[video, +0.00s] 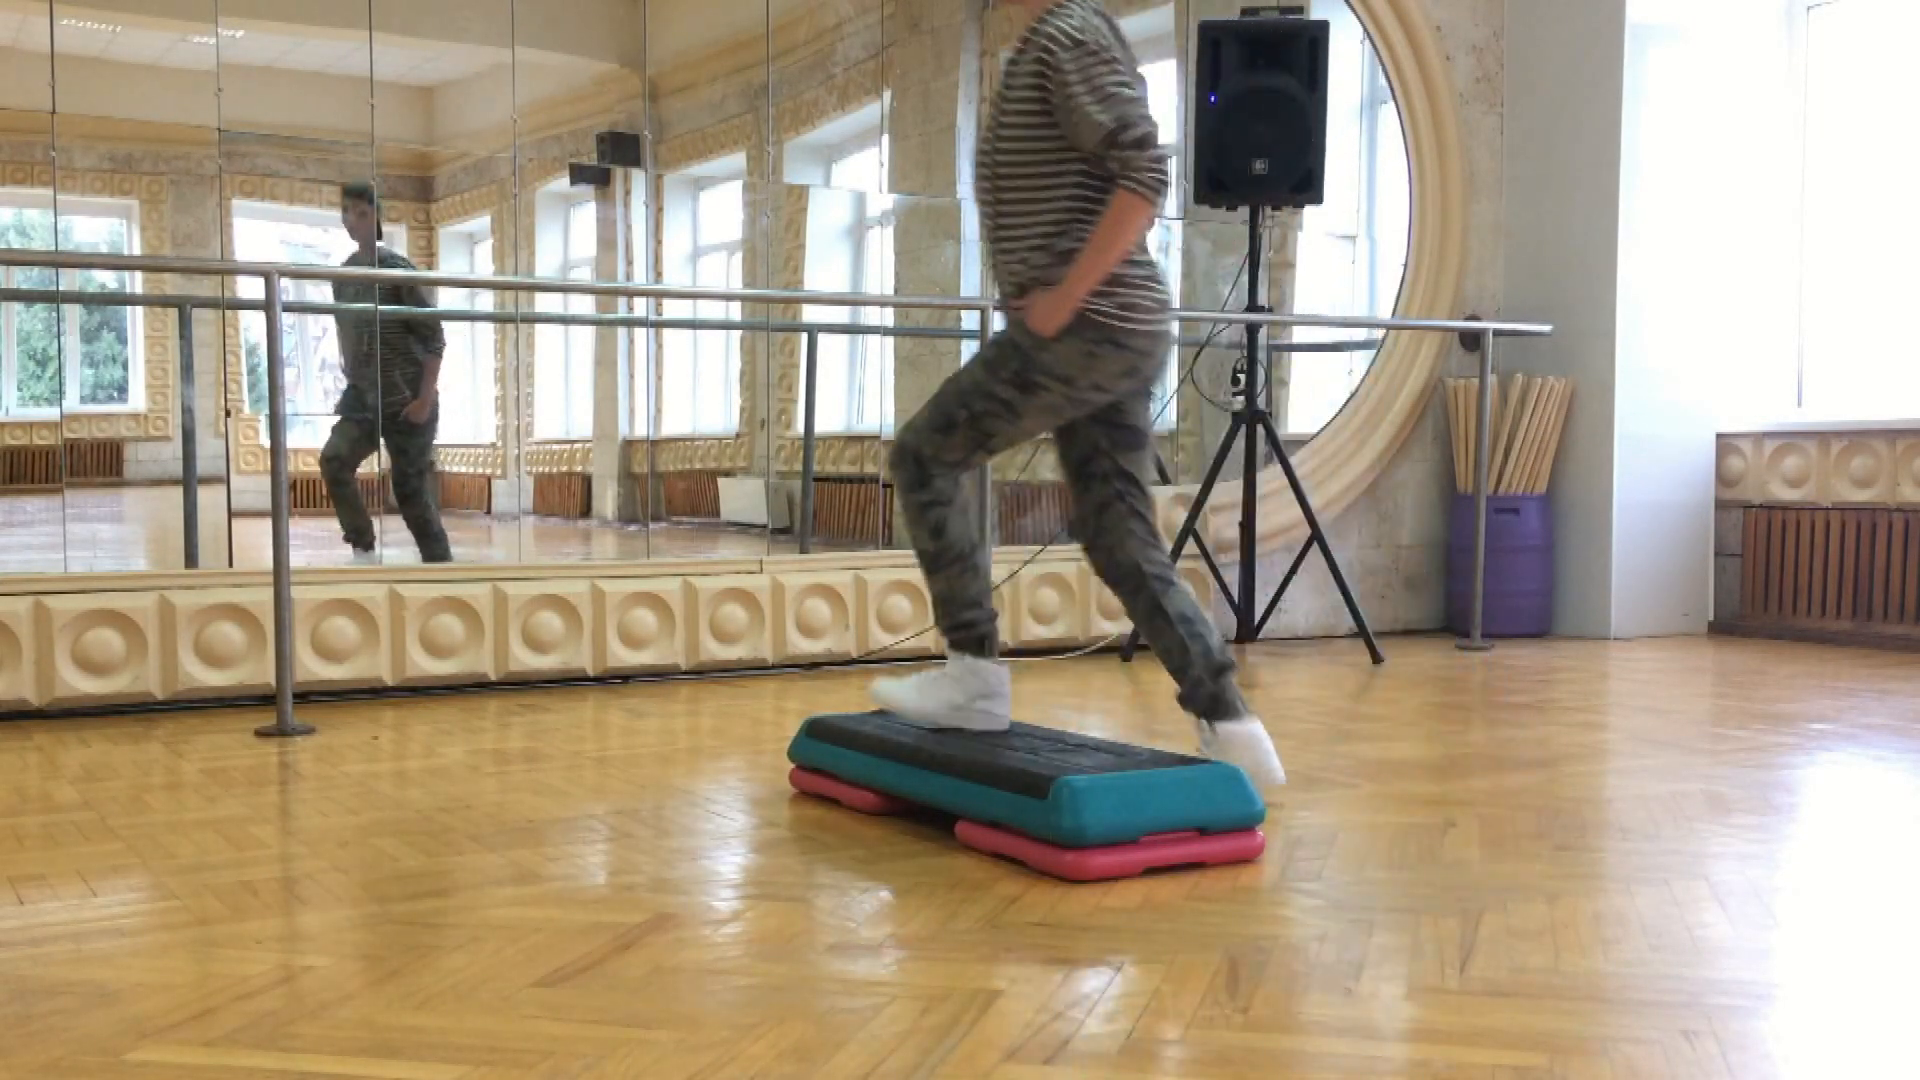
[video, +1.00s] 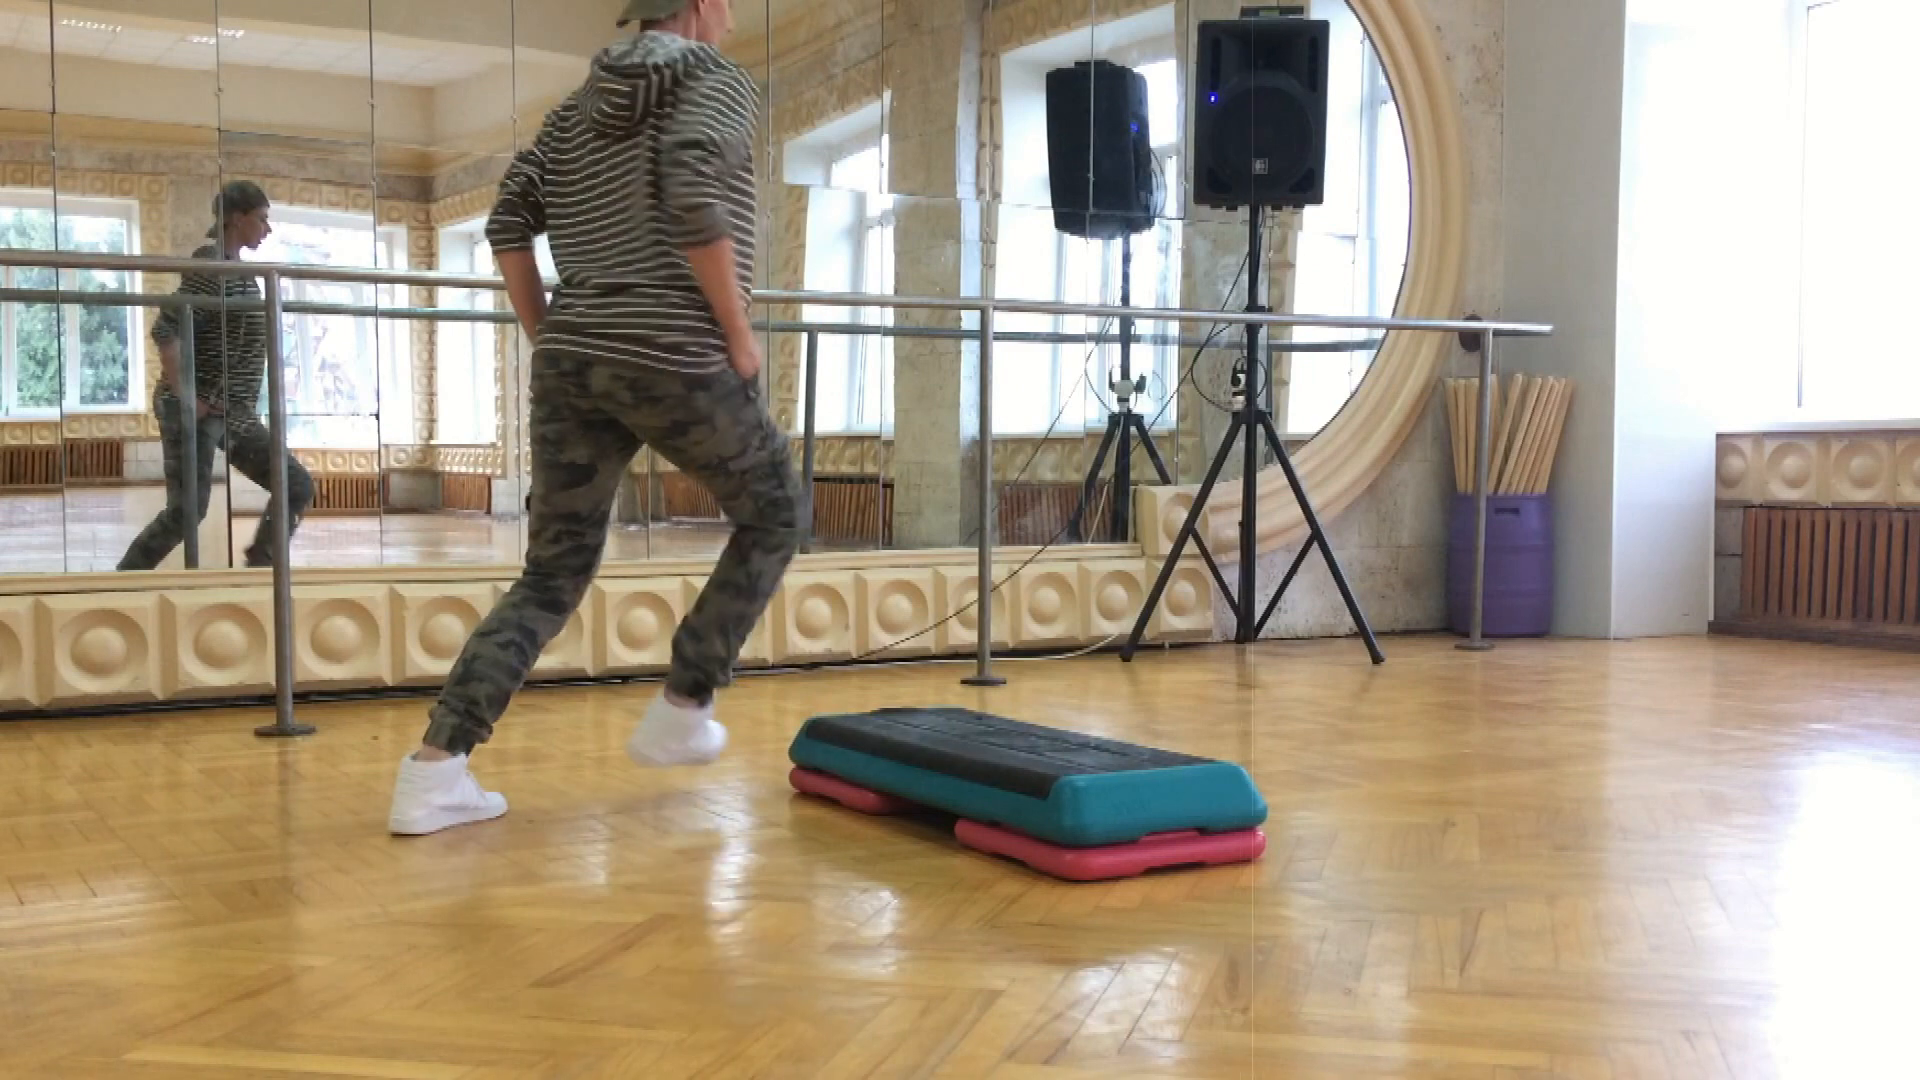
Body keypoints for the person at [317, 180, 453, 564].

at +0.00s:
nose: (354, 221)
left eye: (362, 213)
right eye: (348, 214)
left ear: (378, 218)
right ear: (343, 219)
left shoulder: (400, 270)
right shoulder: (343, 275)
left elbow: (433, 335)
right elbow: (351, 334)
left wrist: (426, 396)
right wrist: (354, 379)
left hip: (409, 399)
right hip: (364, 399)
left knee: (411, 490)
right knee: (334, 463)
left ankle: (442, 569)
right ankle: (363, 549)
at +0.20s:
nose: (324, 203)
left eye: (333, 195)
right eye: (318, 196)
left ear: (355, 201)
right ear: (314, 202)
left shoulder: (373, 255)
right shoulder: (305, 257)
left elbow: (412, 321)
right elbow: (308, 316)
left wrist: (391, 374)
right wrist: (314, 376)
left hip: (370, 383)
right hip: (323, 385)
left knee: (337, 456)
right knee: (316, 473)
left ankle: (395, 521)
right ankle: (360, 555)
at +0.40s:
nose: (299, 203)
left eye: (308, 196)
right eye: (293, 197)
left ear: (329, 201)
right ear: (287, 203)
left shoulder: (353, 255)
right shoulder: (274, 257)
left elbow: (387, 324)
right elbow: (267, 315)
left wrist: (369, 369)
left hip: (341, 385)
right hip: (290, 388)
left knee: (305, 461)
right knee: (293, 482)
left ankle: (298, 557)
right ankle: (353, 546)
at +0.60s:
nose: (274, 222)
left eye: (283, 213)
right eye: (266, 214)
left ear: (303, 220)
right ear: (257, 220)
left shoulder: (326, 277)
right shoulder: (239, 276)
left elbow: (351, 347)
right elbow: (232, 347)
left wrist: (345, 401)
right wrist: (229, 398)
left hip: (310, 413)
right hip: (250, 412)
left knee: (288, 504)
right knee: (214, 482)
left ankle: (289, 596)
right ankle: (276, 524)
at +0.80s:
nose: (260, 224)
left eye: (267, 216)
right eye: (251, 215)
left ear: (274, 223)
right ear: (229, 219)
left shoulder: (292, 280)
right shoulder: (206, 275)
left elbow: (298, 349)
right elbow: (178, 336)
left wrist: (307, 400)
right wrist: (194, 388)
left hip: (286, 412)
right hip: (226, 409)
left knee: (294, 505)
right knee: (201, 500)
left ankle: (289, 591)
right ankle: (131, 578)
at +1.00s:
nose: (268, 228)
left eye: (268, 220)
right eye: (262, 219)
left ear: (239, 221)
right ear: (236, 218)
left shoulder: (237, 269)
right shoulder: (207, 264)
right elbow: (166, 329)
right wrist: (184, 395)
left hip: (233, 412)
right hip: (194, 409)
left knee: (297, 485)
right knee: (187, 510)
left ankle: (257, 576)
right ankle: (121, 586)